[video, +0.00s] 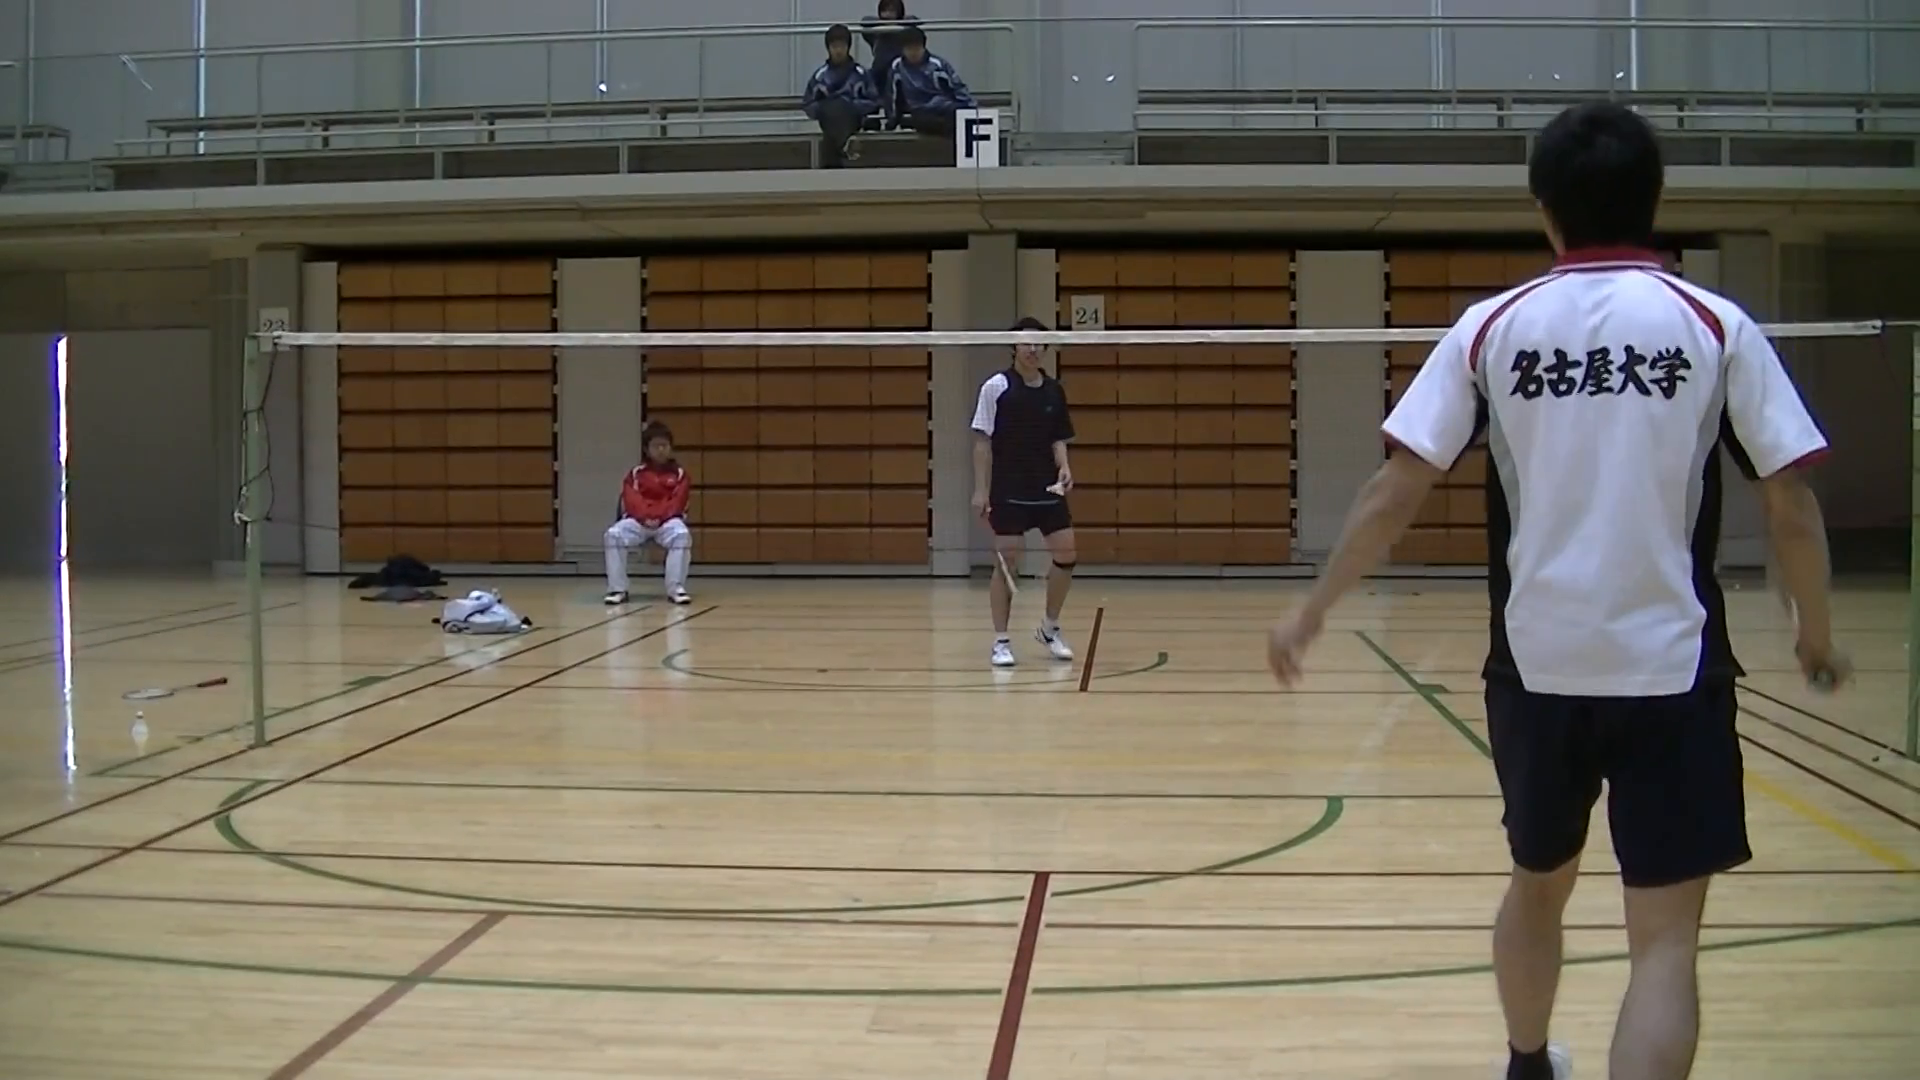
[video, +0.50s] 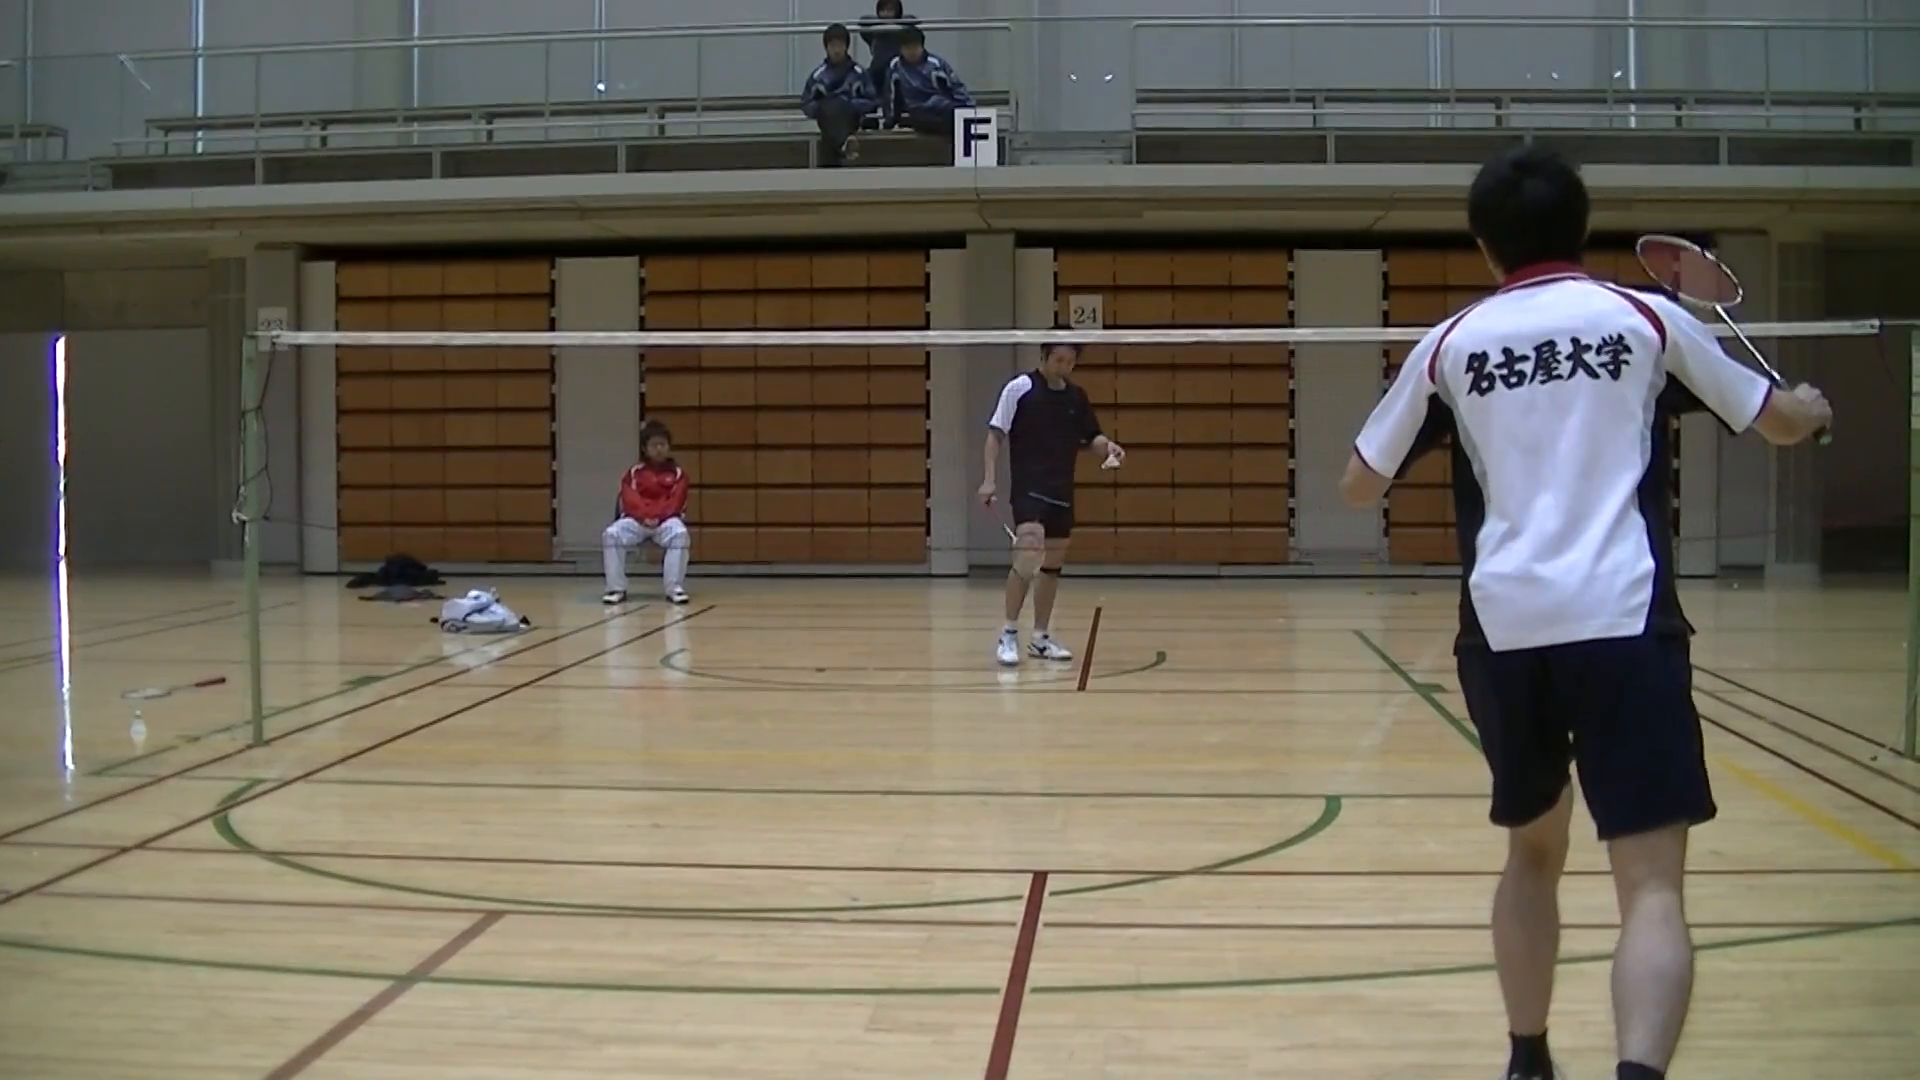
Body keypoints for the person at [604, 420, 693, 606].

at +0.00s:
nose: (661, 450)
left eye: (665, 445)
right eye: (656, 446)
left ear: (670, 448)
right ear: (646, 449)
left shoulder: (679, 474)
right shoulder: (635, 473)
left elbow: (677, 503)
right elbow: (631, 500)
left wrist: (659, 517)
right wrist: (645, 516)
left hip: (667, 520)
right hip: (638, 520)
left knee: (682, 536)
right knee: (613, 536)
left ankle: (676, 588)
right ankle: (618, 590)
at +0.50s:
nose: (659, 449)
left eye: (663, 444)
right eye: (654, 445)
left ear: (668, 447)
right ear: (645, 449)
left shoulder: (677, 474)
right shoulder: (634, 472)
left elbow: (676, 503)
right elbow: (629, 499)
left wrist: (657, 517)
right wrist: (644, 515)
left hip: (665, 520)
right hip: (637, 519)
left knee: (680, 535)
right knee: (611, 535)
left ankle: (674, 588)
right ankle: (616, 589)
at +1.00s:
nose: (658, 450)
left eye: (661, 445)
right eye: (652, 446)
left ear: (668, 447)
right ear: (644, 450)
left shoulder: (677, 475)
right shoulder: (633, 473)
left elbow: (674, 504)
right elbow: (628, 500)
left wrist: (656, 517)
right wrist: (644, 516)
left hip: (664, 520)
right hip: (635, 520)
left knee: (679, 535)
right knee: (610, 535)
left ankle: (673, 587)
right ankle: (615, 589)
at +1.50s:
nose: (657, 450)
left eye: (661, 445)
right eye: (652, 445)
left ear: (667, 447)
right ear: (643, 449)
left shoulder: (676, 475)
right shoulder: (632, 473)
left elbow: (673, 504)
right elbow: (627, 500)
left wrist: (655, 517)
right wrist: (644, 515)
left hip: (664, 520)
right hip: (635, 520)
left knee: (678, 536)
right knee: (610, 535)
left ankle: (673, 587)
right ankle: (615, 589)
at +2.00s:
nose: (656, 449)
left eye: (660, 444)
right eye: (651, 445)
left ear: (667, 447)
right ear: (643, 449)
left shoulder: (676, 474)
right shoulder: (632, 472)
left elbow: (673, 503)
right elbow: (627, 499)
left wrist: (655, 517)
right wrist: (643, 515)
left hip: (663, 519)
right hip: (634, 519)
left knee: (678, 535)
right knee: (609, 535)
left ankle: (672, 587)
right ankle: (614, 588)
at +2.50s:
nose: (656, 449)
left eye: (660, 444)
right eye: (650, 445)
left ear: (666, 447)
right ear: (642, 449)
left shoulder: (675, 473)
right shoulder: (631, 472)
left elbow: (673, 503)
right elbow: (626, 500)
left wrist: (655, 516)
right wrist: (642, 515)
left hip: (663, 519)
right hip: (634, 519)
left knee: (678, 534)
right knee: (609, 534)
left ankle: (672, 586)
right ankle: (613, 588)